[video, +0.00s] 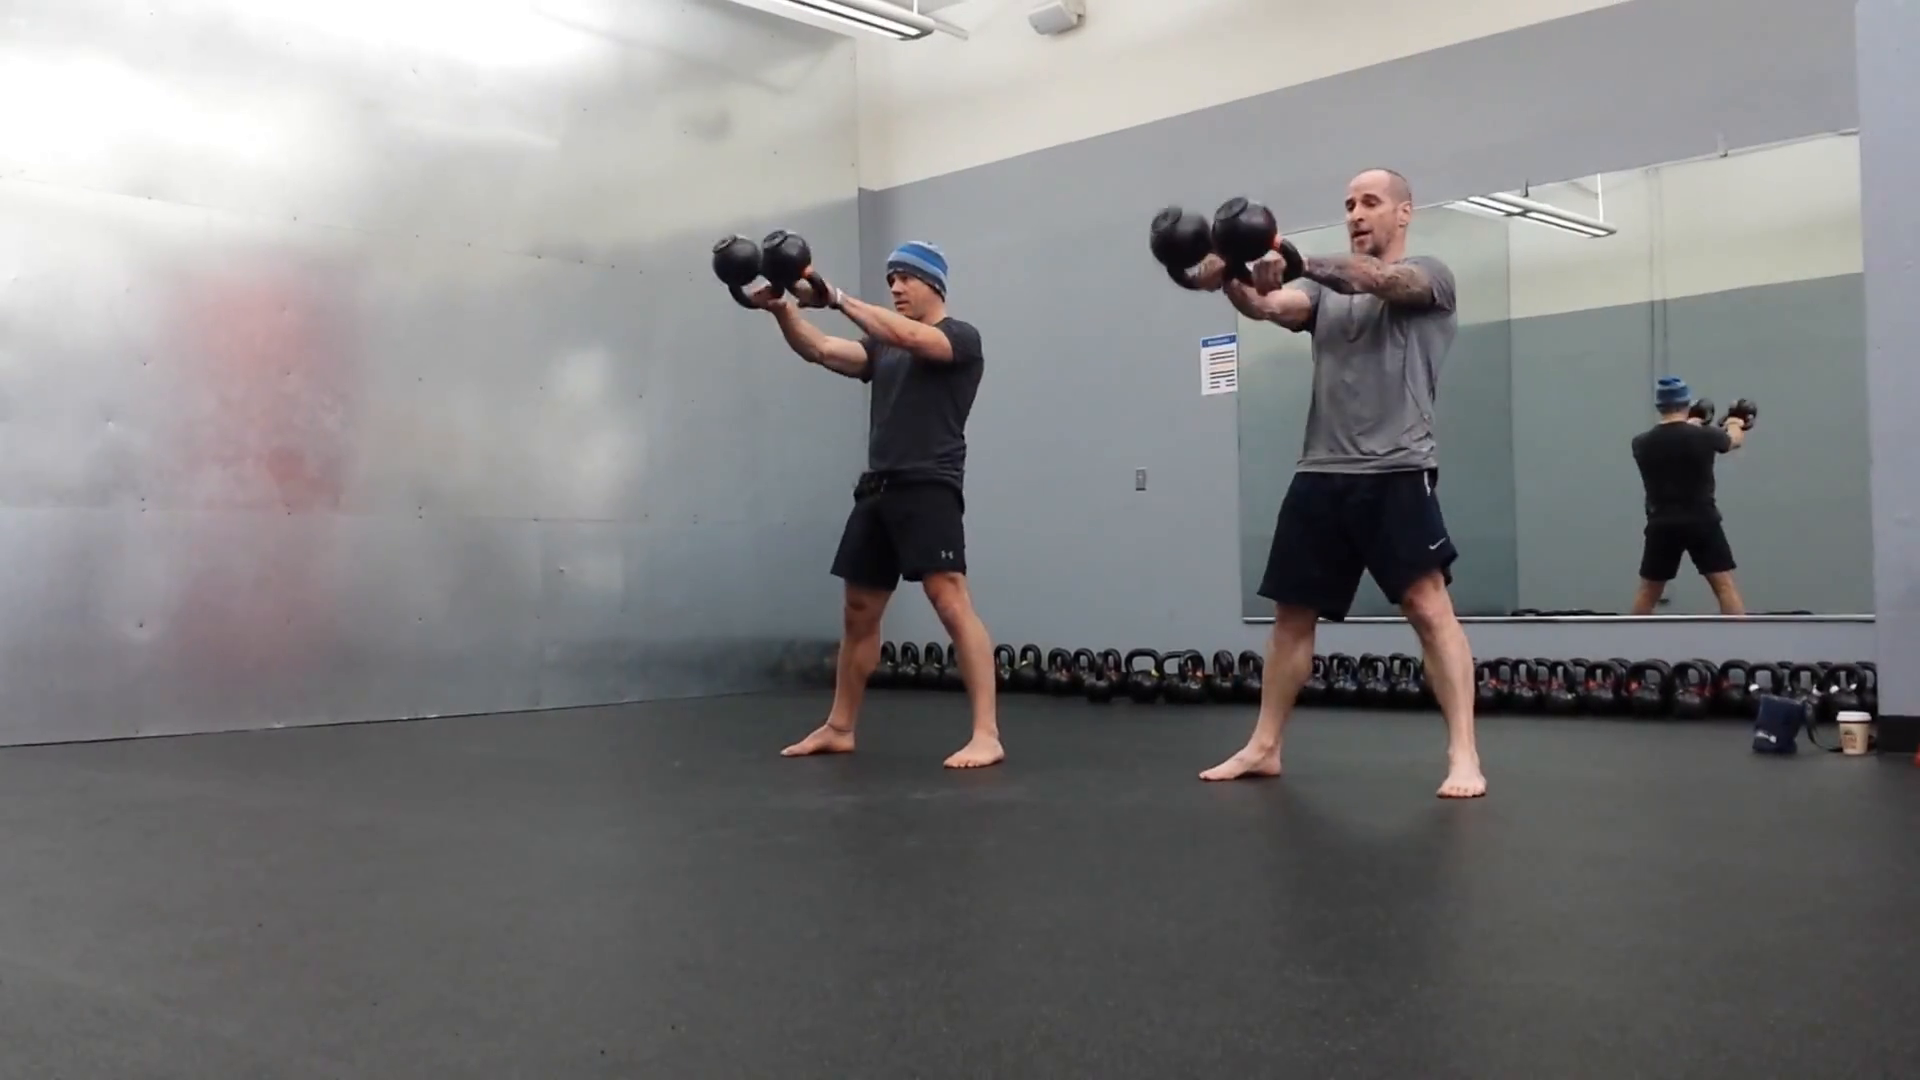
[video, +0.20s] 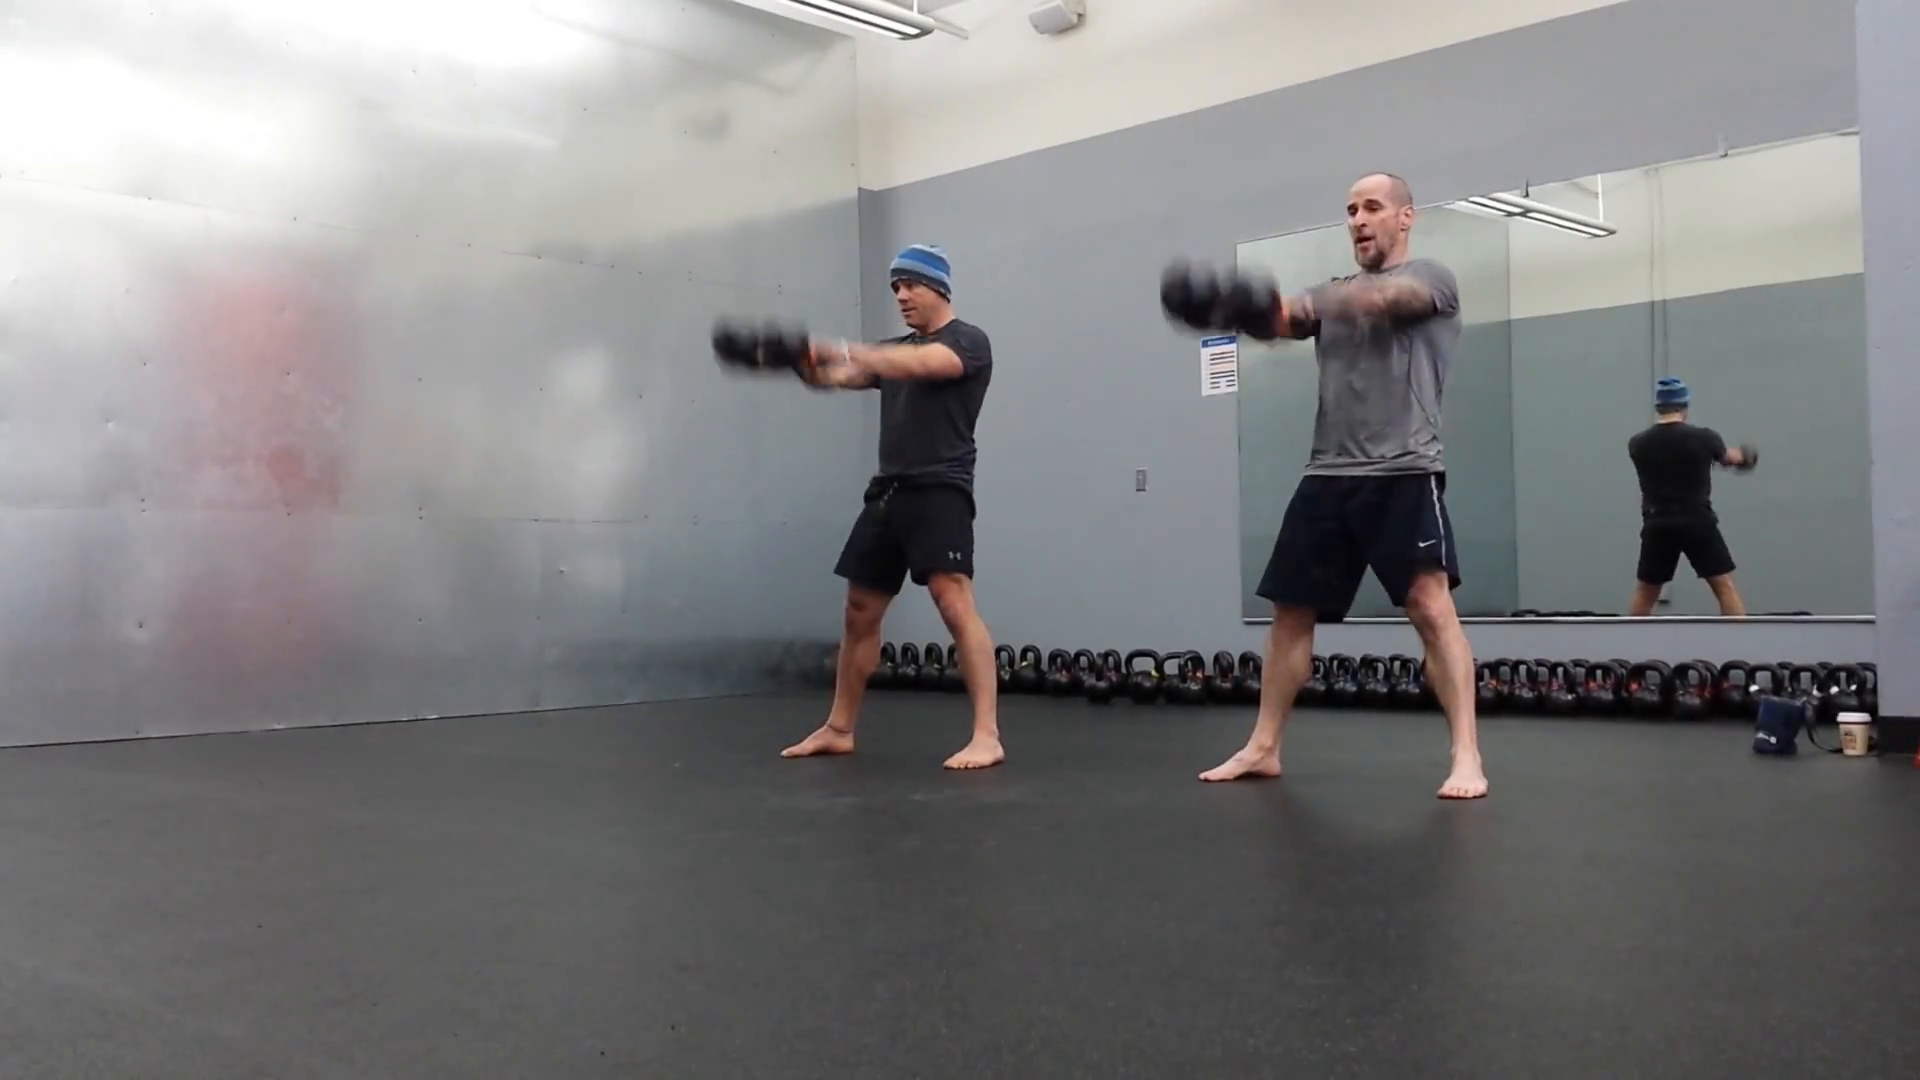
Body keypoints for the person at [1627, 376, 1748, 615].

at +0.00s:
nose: (1687, 405)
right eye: (1686, 402)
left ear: (1659, 406)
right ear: (1686, 404)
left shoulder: (1640, 443)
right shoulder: (1704, 435)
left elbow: (1666, 441)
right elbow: (1734, 440)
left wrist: (1687, 425)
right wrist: (1734, 423)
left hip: (1661, 527)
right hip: (1701, 525)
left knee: (1648, 593)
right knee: (1723, 588)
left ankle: (1629, 647)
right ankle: (1744, 647)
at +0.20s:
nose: (1684, 407)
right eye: (1684, 404)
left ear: (1658, 407)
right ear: (1685, 405)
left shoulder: (1638, 443)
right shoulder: (1703, 438)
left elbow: (1663, 459)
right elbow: (1728, 457)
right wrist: (1744, 457)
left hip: (1658, 529)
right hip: (1698, 527)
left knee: (1645, 594)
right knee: (1724, 590)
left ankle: (1627, 648)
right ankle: (1743, 648)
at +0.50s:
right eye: (1712, 443)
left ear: (1687, 440)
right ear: (1713, 443)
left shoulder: (1662, 465)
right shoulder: (1723, 465)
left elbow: (1658, 520)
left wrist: (1670, 574)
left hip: (1656, 532)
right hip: (1698, 533)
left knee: (1633, 594)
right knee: (1746, 587)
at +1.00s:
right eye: (1689, 408)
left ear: (1664, 410)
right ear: (1690, 408)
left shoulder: (1644, 443)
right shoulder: (1708, 437)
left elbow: (1647, 490)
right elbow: (1719, 484)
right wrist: (1715, 521)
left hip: (1656, 526)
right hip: (1697, 525)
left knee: (1639, 592)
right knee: (1728, 587)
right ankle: (1743, 647)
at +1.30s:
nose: (1692, 412)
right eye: (1691, 407)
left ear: (1663, 411)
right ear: (1691, 408)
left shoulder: (1646, 439)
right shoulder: (1705, 432)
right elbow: (1742, 418)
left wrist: (1655, 409)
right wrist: (1735, 395)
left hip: (1669, 526)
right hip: (1707, 523)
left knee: (1652, 595)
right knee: (1727, 589)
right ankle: (1744, 647)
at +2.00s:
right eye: (1699, 404)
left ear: (1673, 409)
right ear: (1703, 406)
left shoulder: (1659, 436)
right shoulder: (1715, 429)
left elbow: (1647, 394)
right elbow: (1739, 385)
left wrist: (1652, 354)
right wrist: (1725, 349)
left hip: (1674, 525)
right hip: (1712, 523)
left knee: (1654, 595)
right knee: (1729, 590)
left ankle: (1627, 650)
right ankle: (1745, 651)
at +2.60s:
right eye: (1690, 402)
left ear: (1663, 407)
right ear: (1691, 405)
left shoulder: (1647, 444)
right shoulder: (1707, 438)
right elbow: (1743, 460)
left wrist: (1645, 436)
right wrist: (1732, 426)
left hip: (1669, 528)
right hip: (1708, 526)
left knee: (1652, 594)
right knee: (1727, 589)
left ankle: (1625, 647)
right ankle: (1744, 647)